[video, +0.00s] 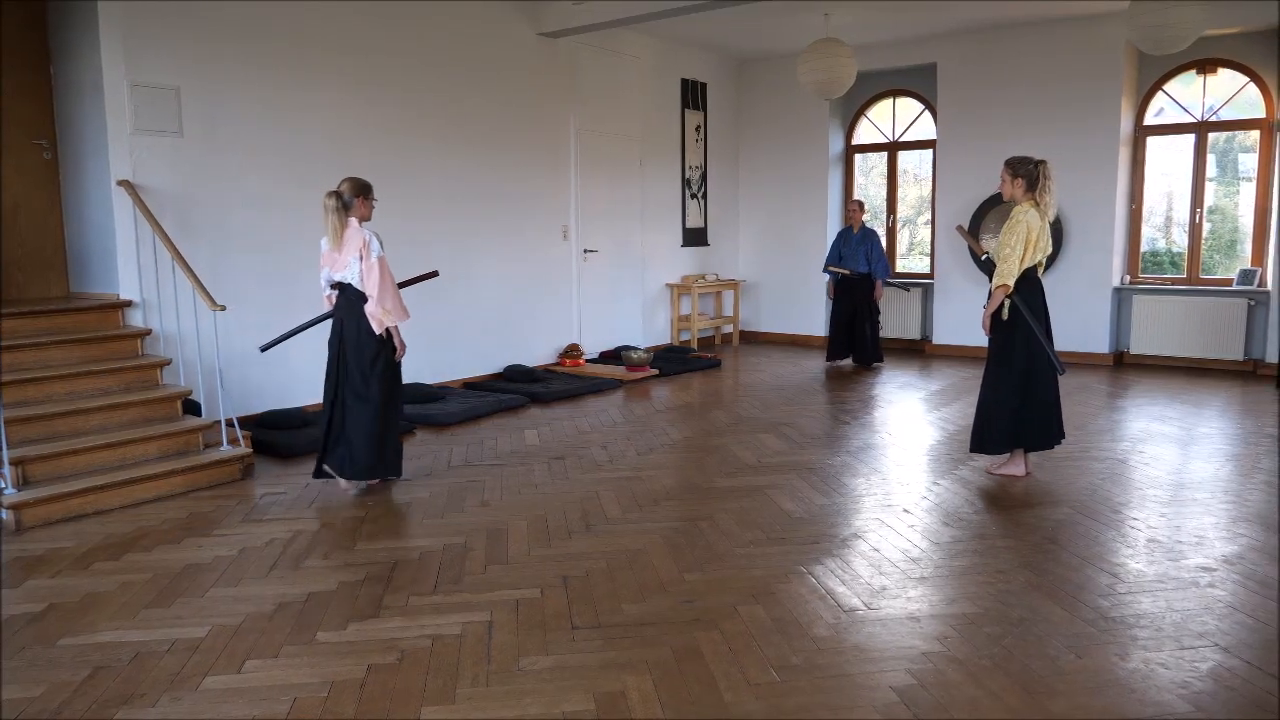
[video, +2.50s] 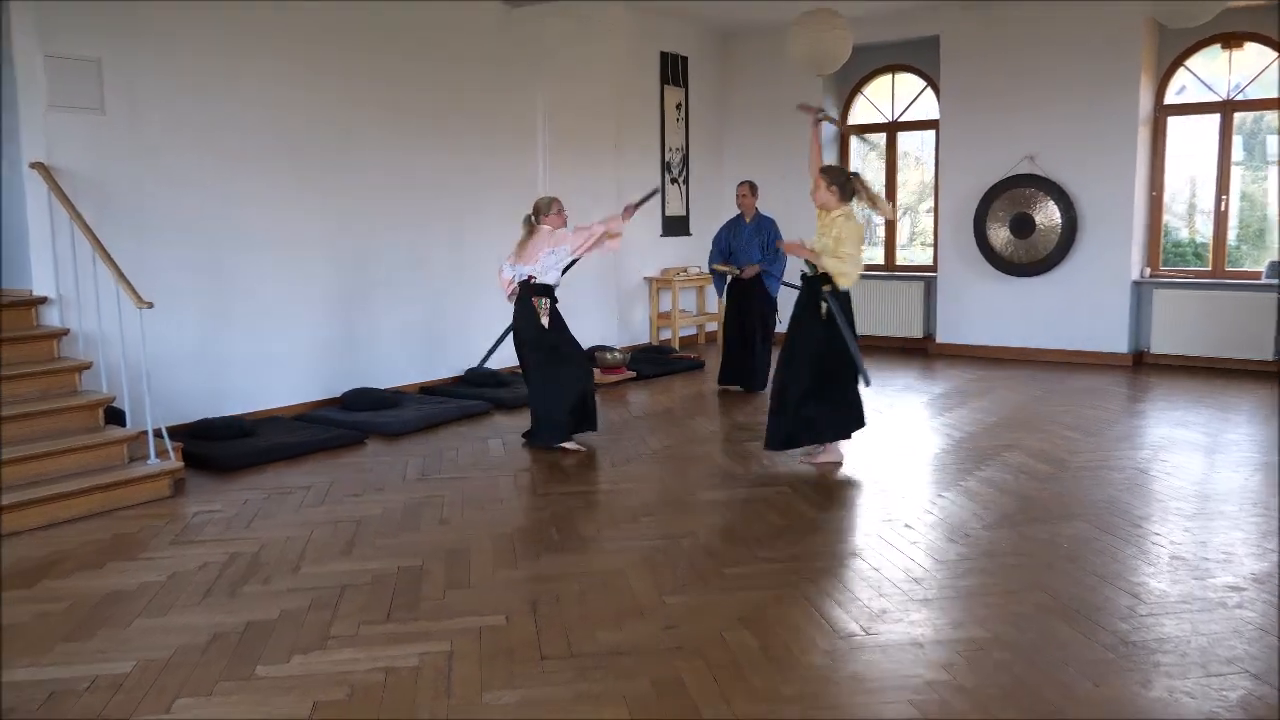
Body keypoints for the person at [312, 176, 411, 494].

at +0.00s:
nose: (373, 205)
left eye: (372, 200)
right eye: (371, 201)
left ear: (346, 203)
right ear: (359, 203)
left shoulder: (329, 242)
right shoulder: (366, 239)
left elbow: (329, 292)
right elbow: (378, 292)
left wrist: (346, 313)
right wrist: (394, 331)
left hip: (343, 325)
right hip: (368, 324)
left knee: (349, 394)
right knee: (374, 394)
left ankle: (350, 466)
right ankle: (368, 466)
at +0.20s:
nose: (390, 207)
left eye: (389, 202)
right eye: (388, 202)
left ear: (364, 203)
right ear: (376, 203)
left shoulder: (347, 240)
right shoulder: (381, 238)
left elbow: (345, 289)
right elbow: (392, 289)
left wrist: (363, 312)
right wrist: (410, 328)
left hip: (358, 322)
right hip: (383, 321)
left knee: (366, 393)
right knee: (401, 391)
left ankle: (372, 467)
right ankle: (410, 462)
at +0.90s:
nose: (454, 208)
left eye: (453, 203)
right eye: (452, 203)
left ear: (428, 205)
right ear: (443, 205)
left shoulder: (412, 241)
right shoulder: (452, 238)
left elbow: (412, 288)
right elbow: (462, 286)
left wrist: (425, 308)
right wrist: (475, 321)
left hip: (425, 316)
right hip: (450, 315)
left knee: (433, 379)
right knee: (452, 380)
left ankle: (437, 449)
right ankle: (449, 452)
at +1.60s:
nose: (502, 209)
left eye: (500, 205)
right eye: (500, 205)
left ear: (478, 206)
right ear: (492, 207)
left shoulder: (463, 239)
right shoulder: (497, 237)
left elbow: (462, 281)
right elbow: (505, 281)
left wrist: (473, 302)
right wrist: (519, 314)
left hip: (472, 310)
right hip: (495, 308)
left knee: (481, 369)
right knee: (505, 369)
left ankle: (487, 435)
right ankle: (509, 431)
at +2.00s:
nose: (531, 211)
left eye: (530, 207)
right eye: (528, 207)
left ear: (507, 209)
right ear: (519, 210)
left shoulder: (492, 239)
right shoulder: (526, 237)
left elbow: (486, 279)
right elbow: (540, 280)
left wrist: (498, 296)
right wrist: (538, 298)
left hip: (500, 299)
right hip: (522, 299)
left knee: (500, 360)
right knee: (534, 359)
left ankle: (492, 426)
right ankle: (542, 421)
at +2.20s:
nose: (550, 210)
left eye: (549, 206)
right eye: (546, 206)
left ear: (528, 211)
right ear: (532, 210)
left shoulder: (507, 240)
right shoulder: (544, 241)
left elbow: (495, 272)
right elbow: (582, 268)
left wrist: (510, 292)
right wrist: (570, 249)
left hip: (515, 304)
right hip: (538, 305)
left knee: (522, 361)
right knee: (545, 361)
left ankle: (523, 424)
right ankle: (543, 426)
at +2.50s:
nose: (565, 215)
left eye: (564, 211)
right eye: (560, 212)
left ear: (540, 218)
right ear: (546, 217)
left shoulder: (525, 242)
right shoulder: (556, 237)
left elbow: (505, 272)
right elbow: (595, 230)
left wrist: (517, 296)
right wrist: (623, 217)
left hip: (522, 311)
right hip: (540, 309)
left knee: (538, 371)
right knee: (577, 364)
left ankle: (541, 431)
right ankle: (559, 434)